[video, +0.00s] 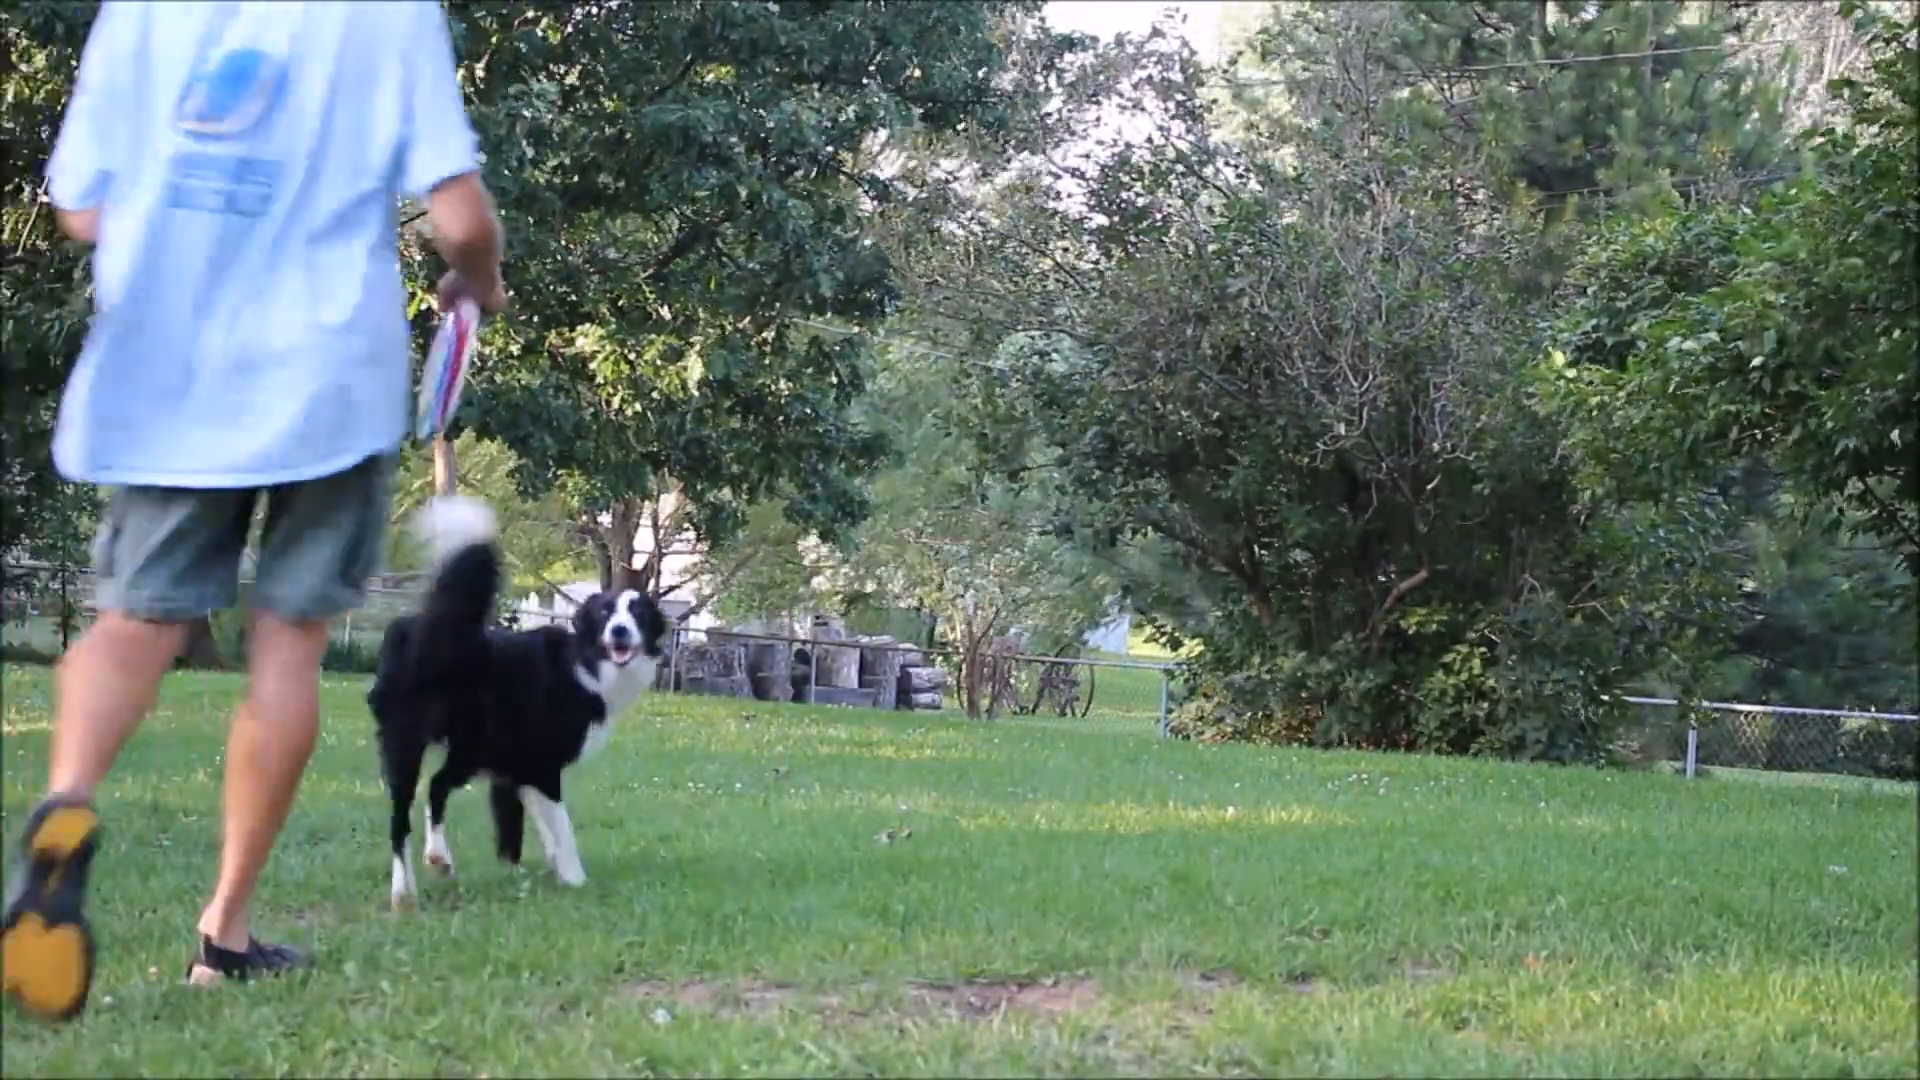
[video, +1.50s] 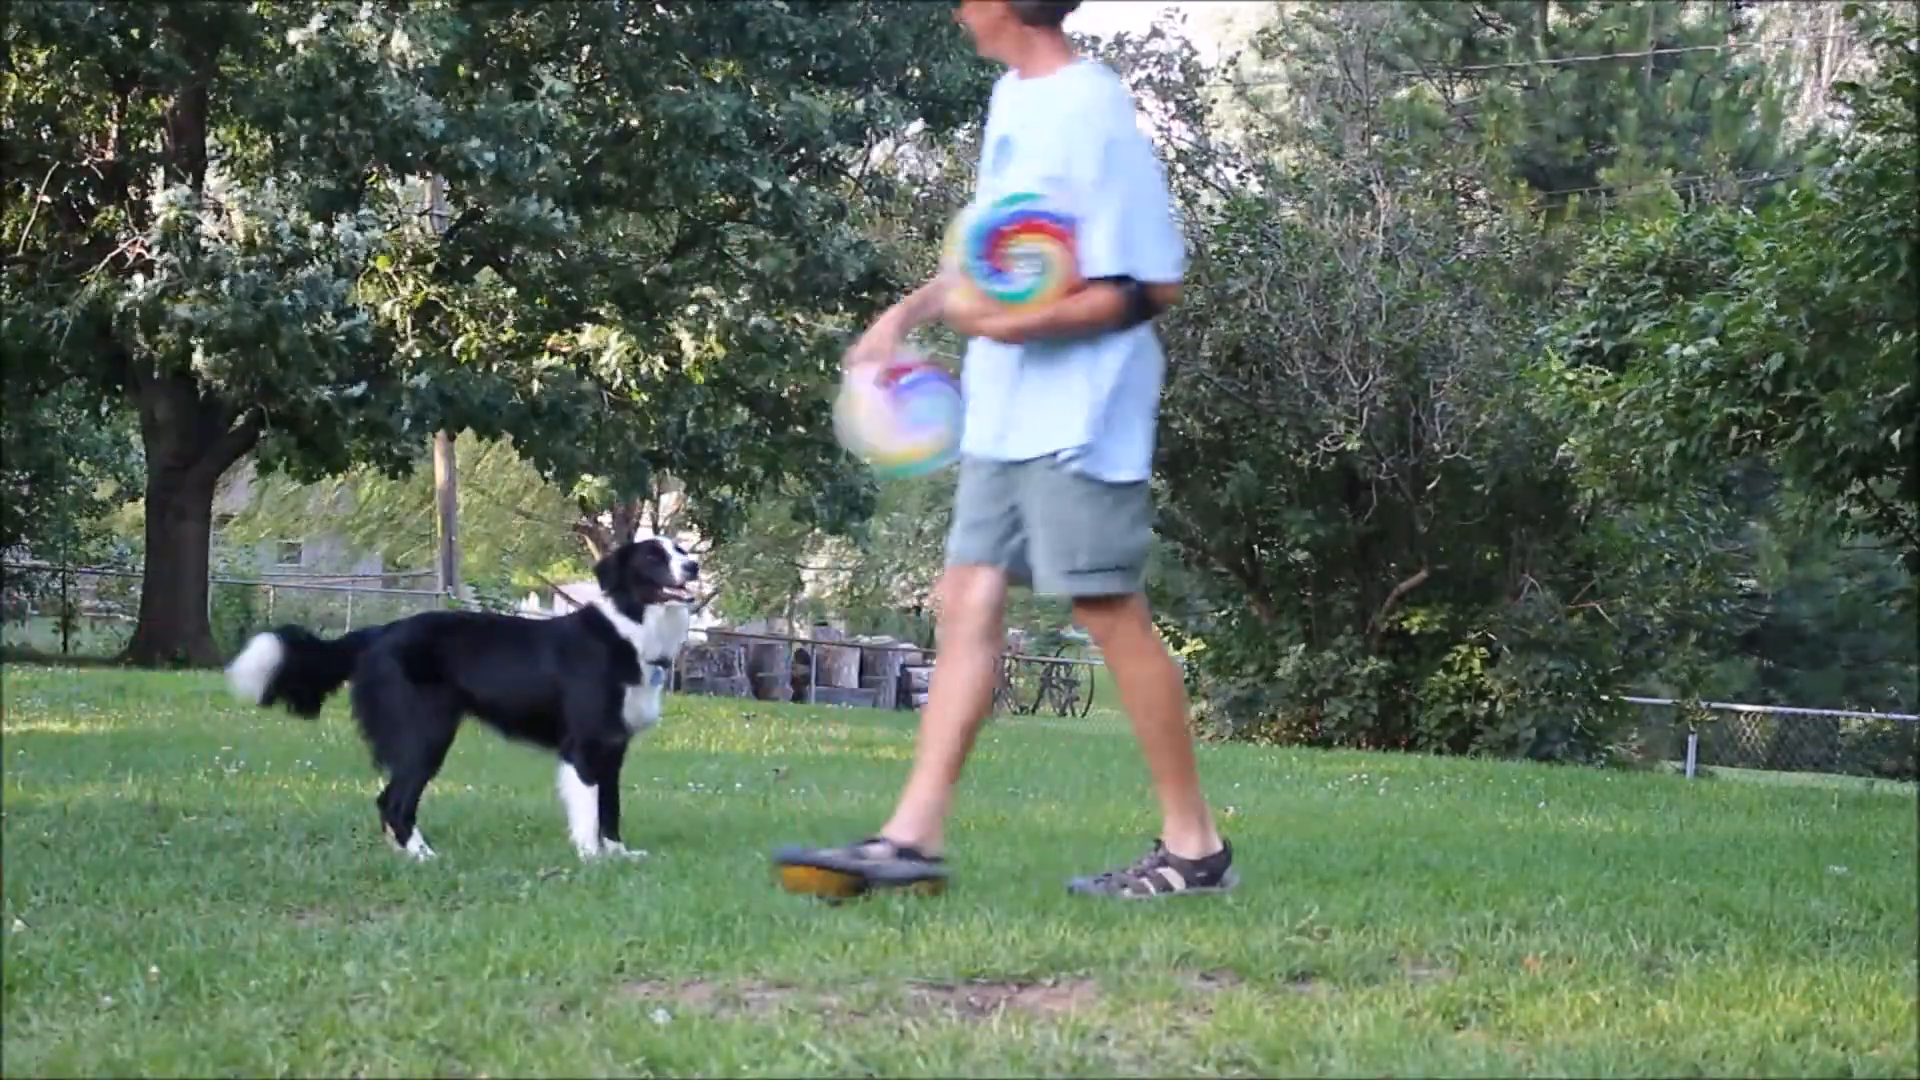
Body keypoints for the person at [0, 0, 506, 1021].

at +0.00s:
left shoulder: (141, 7)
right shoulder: (393, 12)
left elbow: (80, 211)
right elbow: (458, 219)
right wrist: (479, 276)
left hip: (167, 372)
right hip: (328, 378)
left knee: (137, 614)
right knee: (287, 646)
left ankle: (67, 797)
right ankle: (225, 930)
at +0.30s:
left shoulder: (286, 18)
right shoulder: (508, 20)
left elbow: (235, 213)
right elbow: (591, 218)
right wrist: (501, 241)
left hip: (302, 368)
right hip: (431, 367)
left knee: (347, 629)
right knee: (352, 636)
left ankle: (360, 879)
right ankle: (229, 904)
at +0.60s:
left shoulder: (420, 54)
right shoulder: (644, 47)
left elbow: (379, 237)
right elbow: (716, 235)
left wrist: (477, 246)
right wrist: (619, 270)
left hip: (453, 383)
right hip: (594, 381)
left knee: (432, 623)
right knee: (609, 587)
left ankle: (383, 876)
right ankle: (568, 801)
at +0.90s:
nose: (660, 13)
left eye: (660, 5)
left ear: (671, 7)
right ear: (753, 2)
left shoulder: (655, 97)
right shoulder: (830, 94)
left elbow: (661, 271)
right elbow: (871, 271)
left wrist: (607, 280)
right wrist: (776, 293)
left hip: (680, 408)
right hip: (807, 408)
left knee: (577, 605)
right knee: (770, 614)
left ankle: (477, 842)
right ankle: (825, 857)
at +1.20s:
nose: (829, 6)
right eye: (834, 1)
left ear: (855, 0)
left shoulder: (909, 78)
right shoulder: (891, 75)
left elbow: (923, 257)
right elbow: (886, 240)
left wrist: (780, 251)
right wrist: (814, 324)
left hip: (892, 385)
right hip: (870, 385)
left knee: (842, 608)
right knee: (855, 612)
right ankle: (838, 856)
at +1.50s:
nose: (963, 15)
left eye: (971, 2)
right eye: (965, 4)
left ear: (1011, 9)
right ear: (1025, 12)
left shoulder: (1100, 114)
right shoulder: (1009, 104)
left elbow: (1142, 290)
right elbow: (993, 255)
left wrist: (1003, 324)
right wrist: (901, 316)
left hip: (1085, 421)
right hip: (1003, 415)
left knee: (1111, 614)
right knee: (967, 605)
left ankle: (1195, 846)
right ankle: (911, 840)